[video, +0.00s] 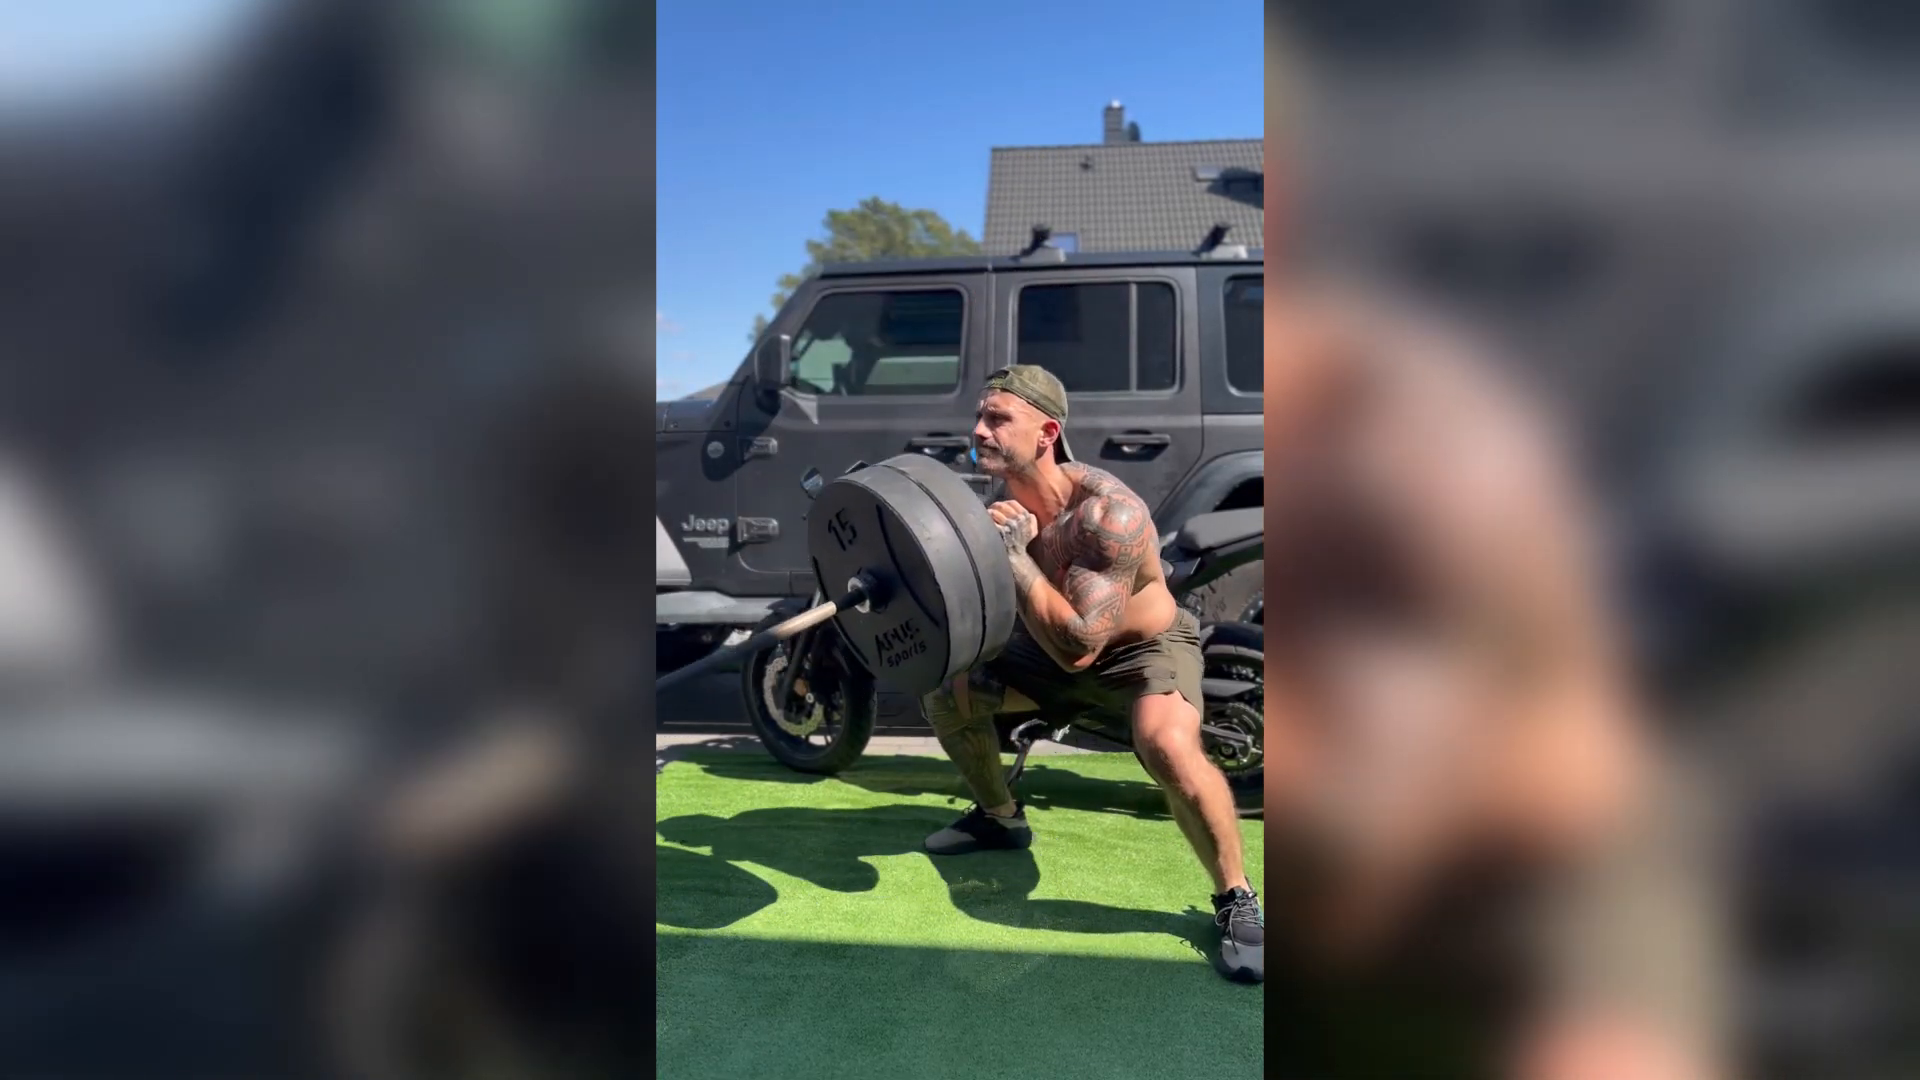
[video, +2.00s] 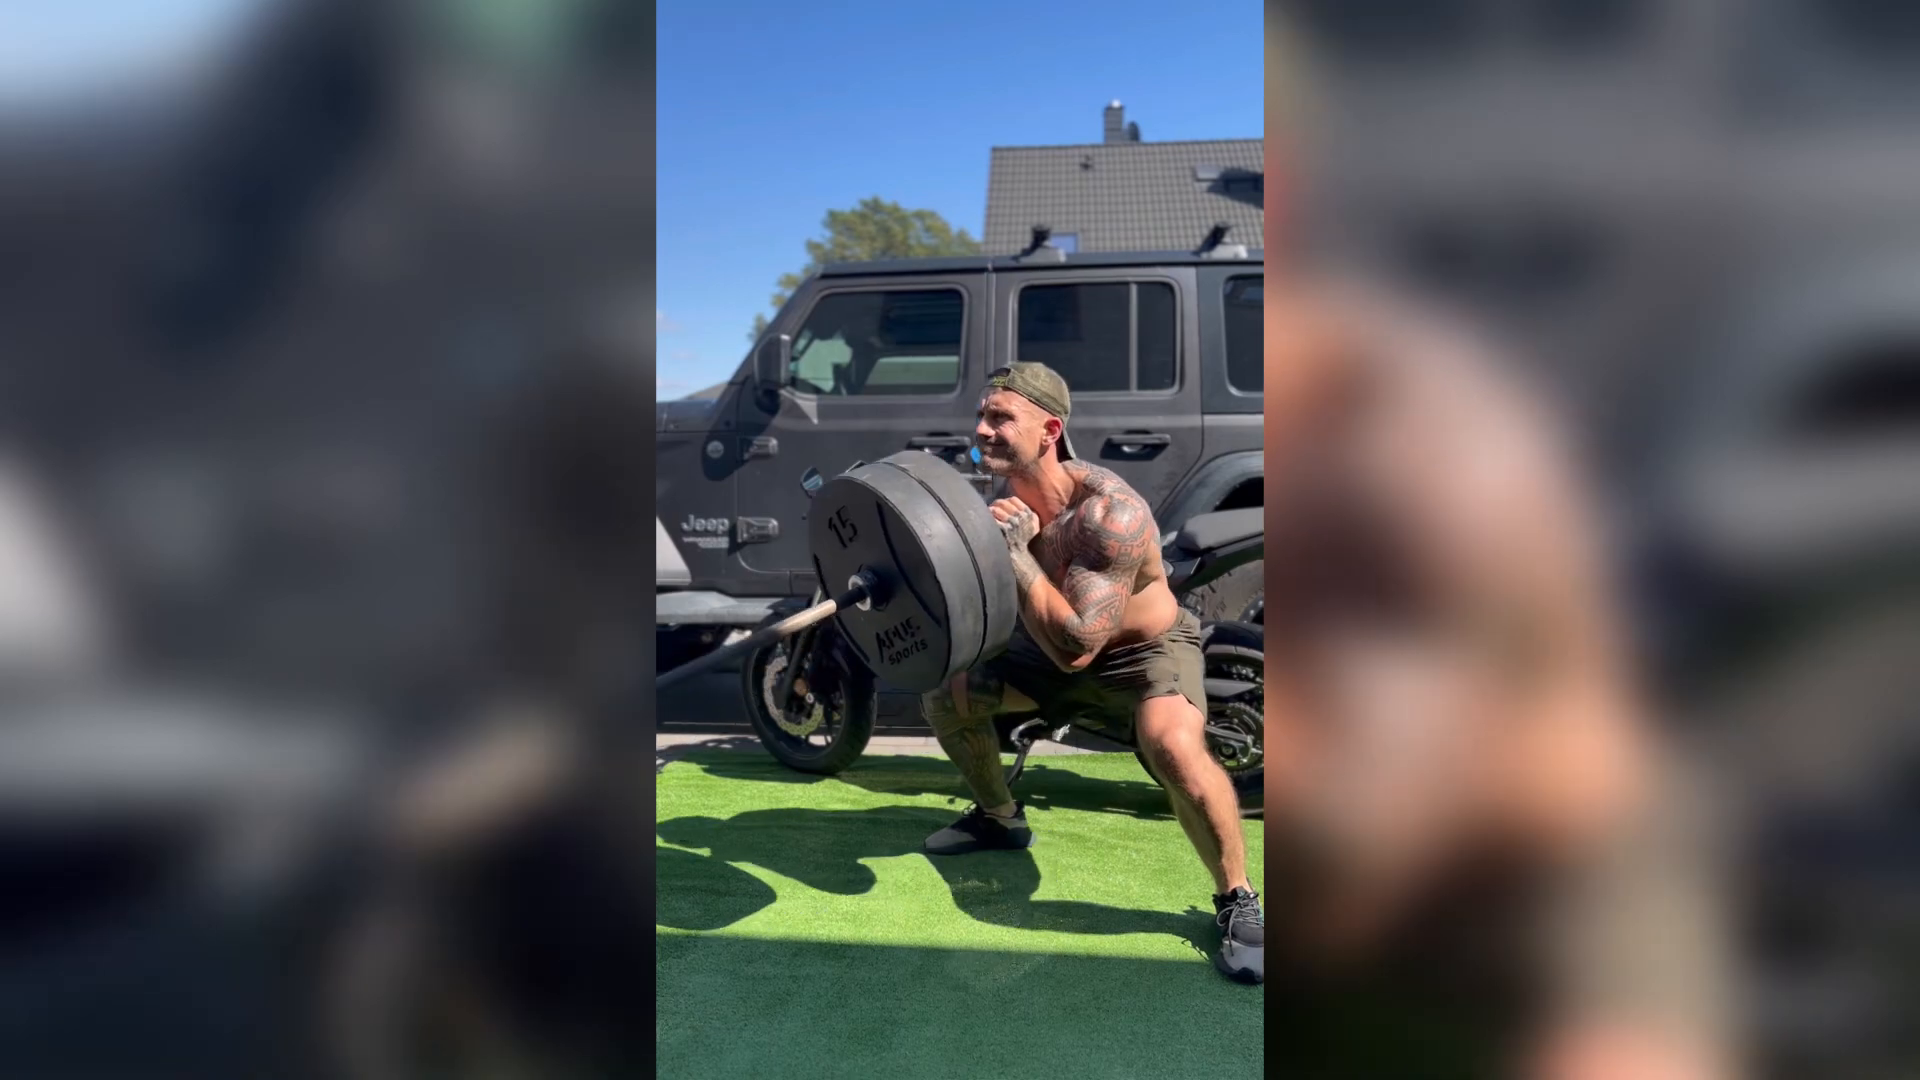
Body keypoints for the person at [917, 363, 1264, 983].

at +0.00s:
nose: (980, 432)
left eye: (999, 420)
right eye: (979, 418)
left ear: (1047, 434)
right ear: (980, 428)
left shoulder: (1112, 513)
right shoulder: (988, 510)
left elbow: (1078, 646)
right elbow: (957, 592)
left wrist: (1016, 560)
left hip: (1149, 646)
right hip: (1056, 645)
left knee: (1166, 742)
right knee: (948, 695)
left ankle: (1236, 899)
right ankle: (1001, 819)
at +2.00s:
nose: (984, 432)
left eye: (1002, 419)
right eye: (982, 417)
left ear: (1050, 431)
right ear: (982, 426)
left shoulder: (1113, 511)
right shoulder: (993, 511)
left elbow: (1076, 646)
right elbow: (961, 591)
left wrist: (1018, 559)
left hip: (1152, 647)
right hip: (1059, 648)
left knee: (1171, 742)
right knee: (950, 700)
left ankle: (1237, 899)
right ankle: (1000, 819)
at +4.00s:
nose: (979, 432)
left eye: (997, 420)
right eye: (977, 419)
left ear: (1046, 433)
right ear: (976, 427)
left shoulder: (1109, 510)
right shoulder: (986, 508)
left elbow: (1068, 641)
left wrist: (1008, 550)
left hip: (1151, 645)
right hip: (1063, 650)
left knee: (1171, 735)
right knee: (949, 696)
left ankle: (1237, 898)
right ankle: (999, 820)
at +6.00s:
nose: (980, 424)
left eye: (997, 411)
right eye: (978, 410)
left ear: (1046, 423)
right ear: (981, 420)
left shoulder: (1109, 501)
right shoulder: (986, 497)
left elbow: (1066, 632)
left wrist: (1004, 538)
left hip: (1154, 638)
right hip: (1065, 640)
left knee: (1167, 740)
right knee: (949, 693)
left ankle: (1236, 897)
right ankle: (999, 820)